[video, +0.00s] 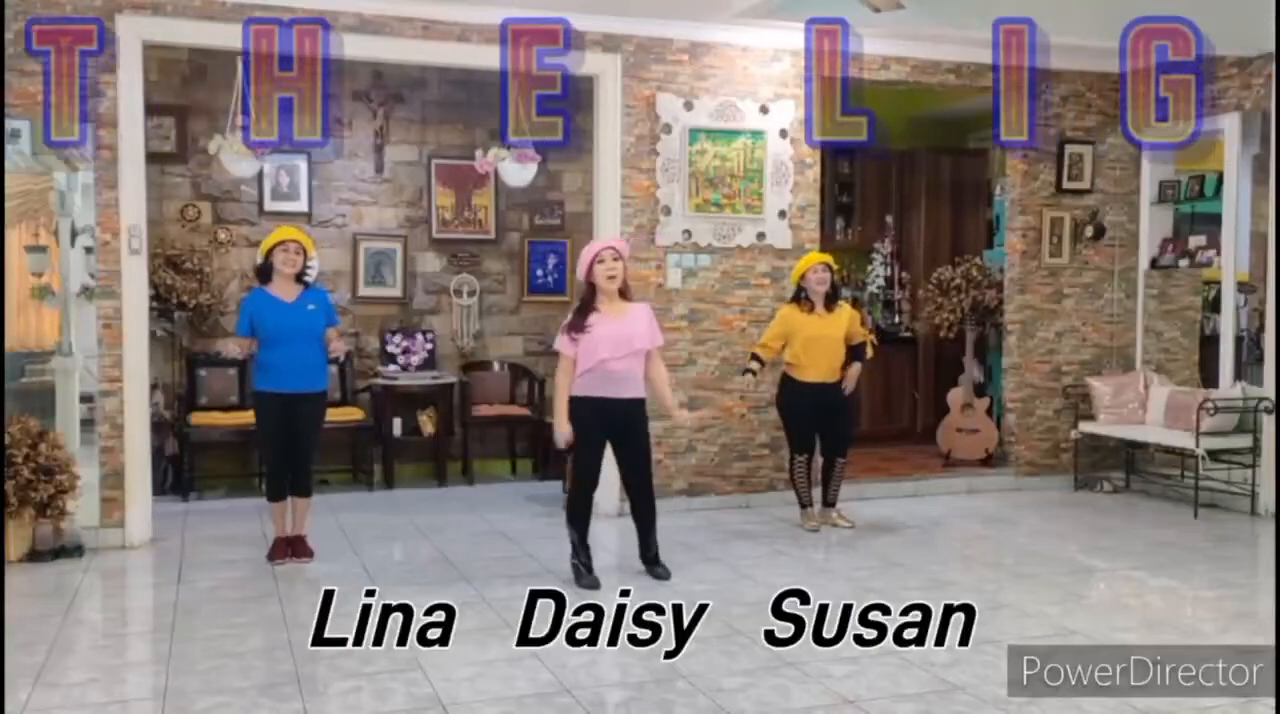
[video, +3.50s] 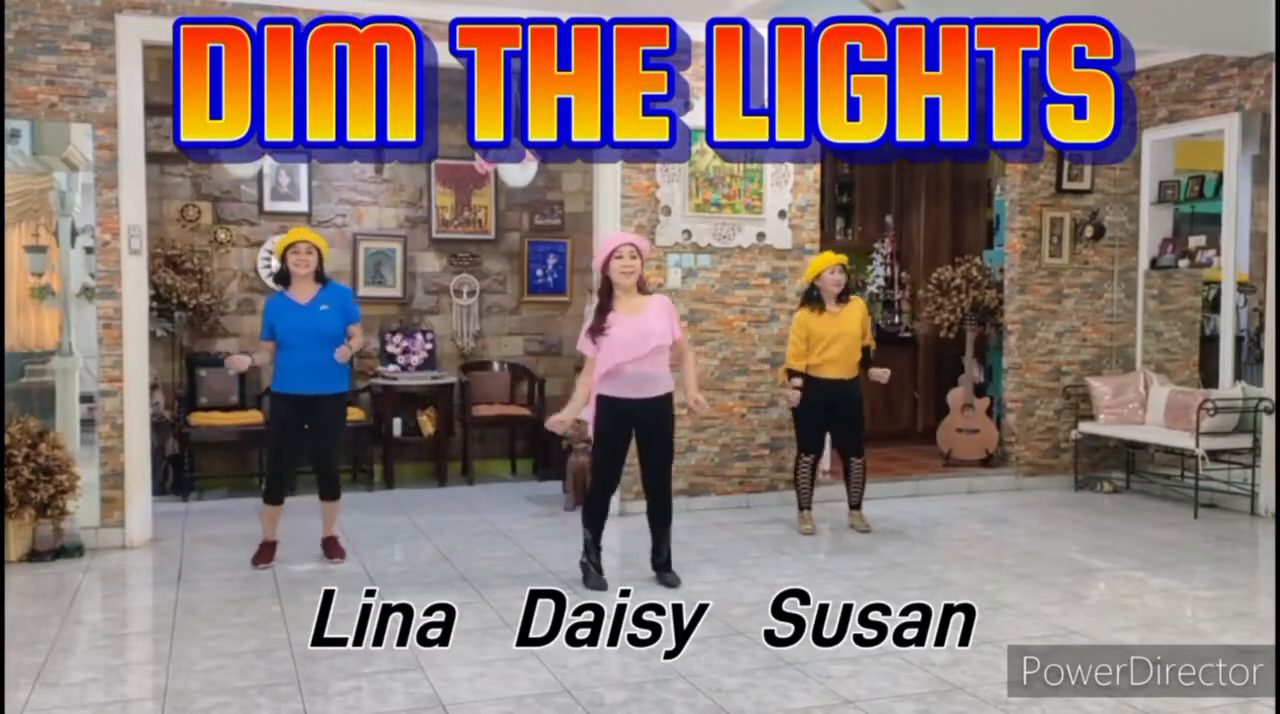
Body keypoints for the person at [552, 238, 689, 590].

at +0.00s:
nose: (610, 268)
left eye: (615, 262)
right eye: (602, 263)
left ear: (625, 270)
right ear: (590, 275)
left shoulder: (642, 313)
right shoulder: (580, 317)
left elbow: (654, 363)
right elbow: (565, 371)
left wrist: (672, 406)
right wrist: (560, 419)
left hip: (631, 408)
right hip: (588, 408)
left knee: (640, 483)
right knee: (583, 483)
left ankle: (650, 554)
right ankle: (580, 556)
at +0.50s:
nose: (599, 264)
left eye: (605, 258)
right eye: (591, 260)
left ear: (616, 266)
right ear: (580, 272)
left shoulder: (629, 319)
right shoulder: (566, 308)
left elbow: (635, 375)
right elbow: (537, 357)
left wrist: (660, 417)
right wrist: (510, 401)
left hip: (608, 406)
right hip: (566, 403)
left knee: (605, 485)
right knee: (572, 482)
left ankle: (601, 559)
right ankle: (578, 559)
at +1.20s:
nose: (608, 264)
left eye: (613, 258)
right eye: (599, 259)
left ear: (620, 266)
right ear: (583, 269)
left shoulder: (639, 305)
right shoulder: (579, 321)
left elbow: (665, 355)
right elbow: (575, 379)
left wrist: (694, 389)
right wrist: (559, 426)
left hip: (645, 405)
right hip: (601, 409)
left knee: (644, 485)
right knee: (594, 485)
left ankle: (645, 560)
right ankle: (582, 557)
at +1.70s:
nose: (621, 271)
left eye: (627, 264)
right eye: (613, 264)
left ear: (634, 272)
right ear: (598, 274)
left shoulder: (651, 307)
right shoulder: (591, 325)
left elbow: (679, 355)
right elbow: (597, 380)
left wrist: (722, 377)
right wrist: (608, 415)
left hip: (667, 404)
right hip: (627, 411)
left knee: (660, 487)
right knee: (631, 487)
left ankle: (647, 559)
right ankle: (626, 559)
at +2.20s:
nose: (621, 262)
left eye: (627, 257)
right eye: (613, 257)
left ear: (637, 266)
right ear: (601, 267)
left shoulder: (648, 313)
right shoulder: (586, 311)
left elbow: (661, 368)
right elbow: (571, 368)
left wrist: (689, 403)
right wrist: (573, 420)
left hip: (643, 406)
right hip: (600, 408)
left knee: (642, 487)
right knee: (599, 485)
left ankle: (644, 559)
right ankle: (589, 557)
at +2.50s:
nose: (614, 267)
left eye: (620, 260)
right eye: (606, 262)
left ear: (631, 269)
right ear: (595, 272)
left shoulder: (639, 319)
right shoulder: (579, 309)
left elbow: (642, 375)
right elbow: (542, 350)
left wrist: (654, 422)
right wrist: (529, 403)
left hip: (622, 410)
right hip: (579, 408)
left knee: (630, 486)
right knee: (582, 486)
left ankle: (635, 559)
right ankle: (586, 561)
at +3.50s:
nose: (627, 263)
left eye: (633, 257)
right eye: (618, 258)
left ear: (642, 265)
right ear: (606, 267)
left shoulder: (661, 304)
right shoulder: (601, 312)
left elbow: (684, 349)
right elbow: (589, 369)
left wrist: (692, 389)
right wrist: (571, 412)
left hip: (657, 403)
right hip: (612, 404)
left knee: (659, 485)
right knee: (603, 483)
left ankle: (662, 561)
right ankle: (591, 557)